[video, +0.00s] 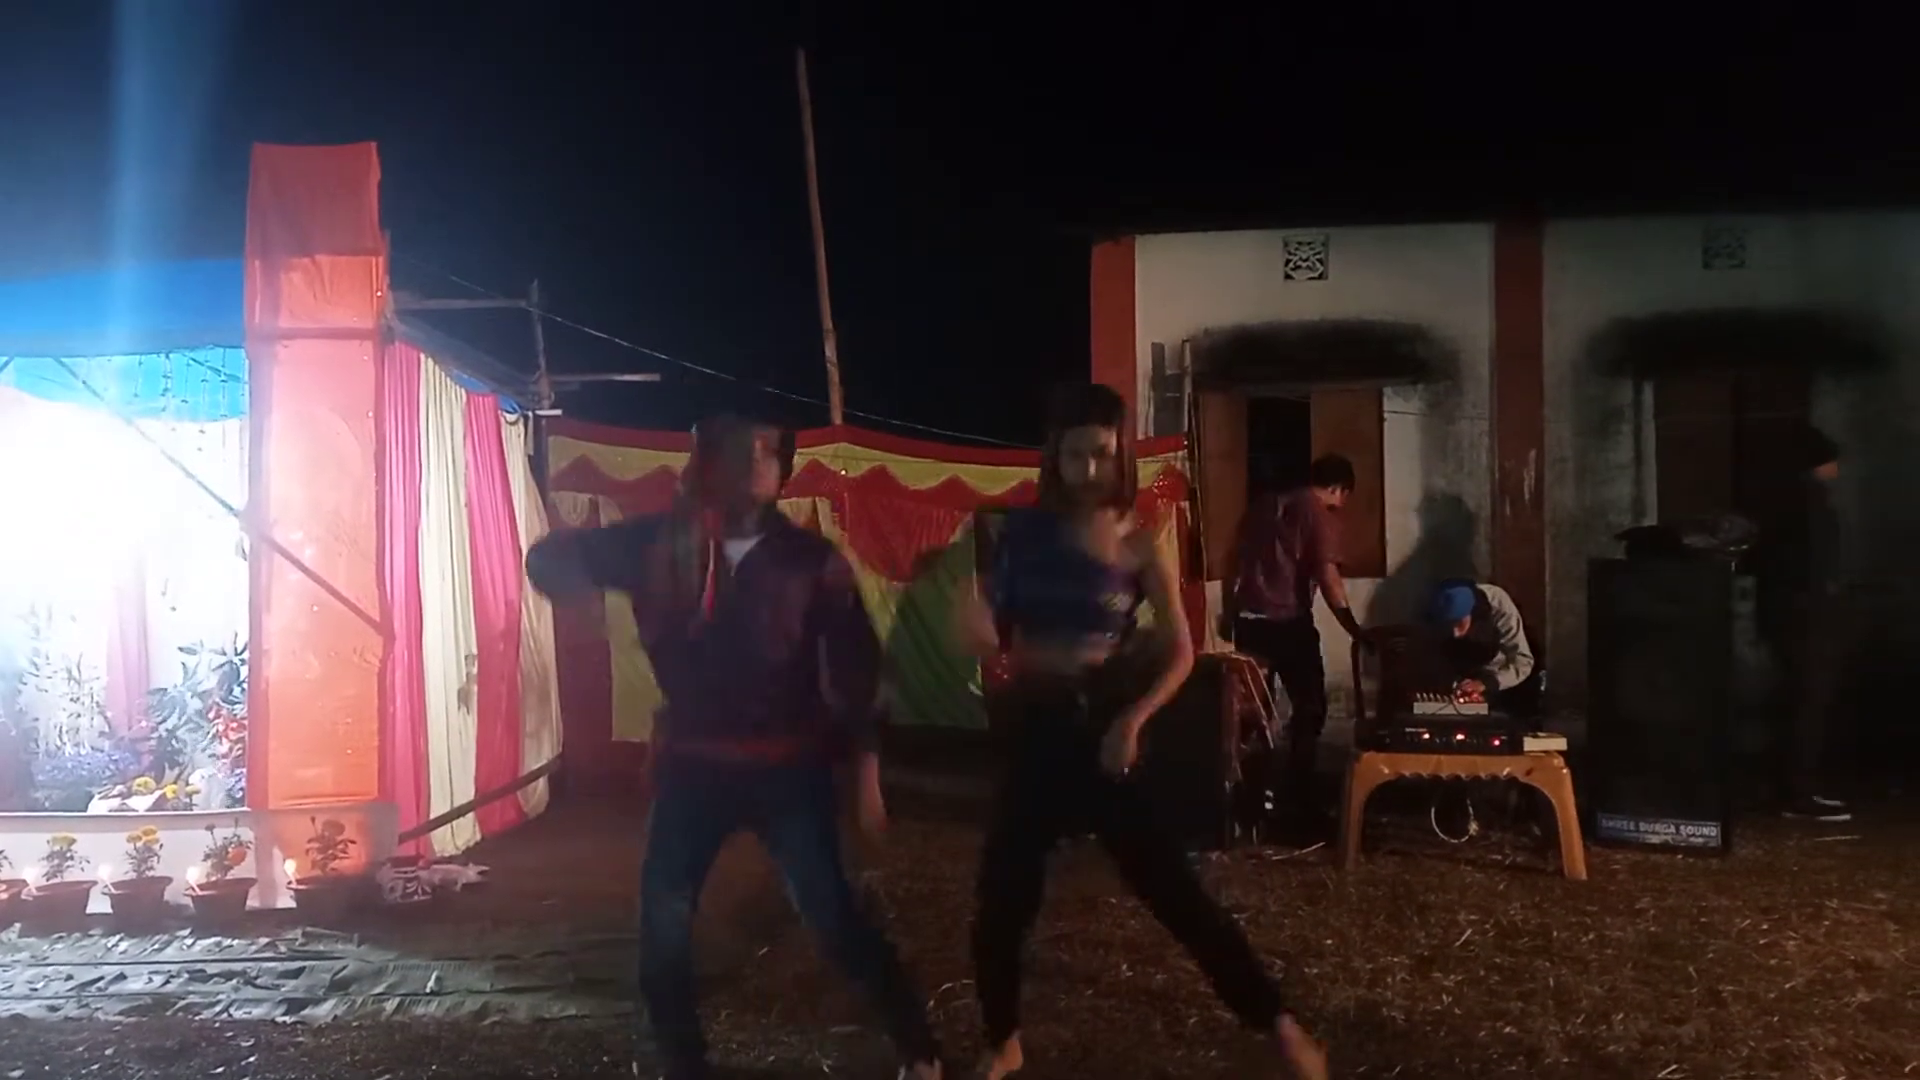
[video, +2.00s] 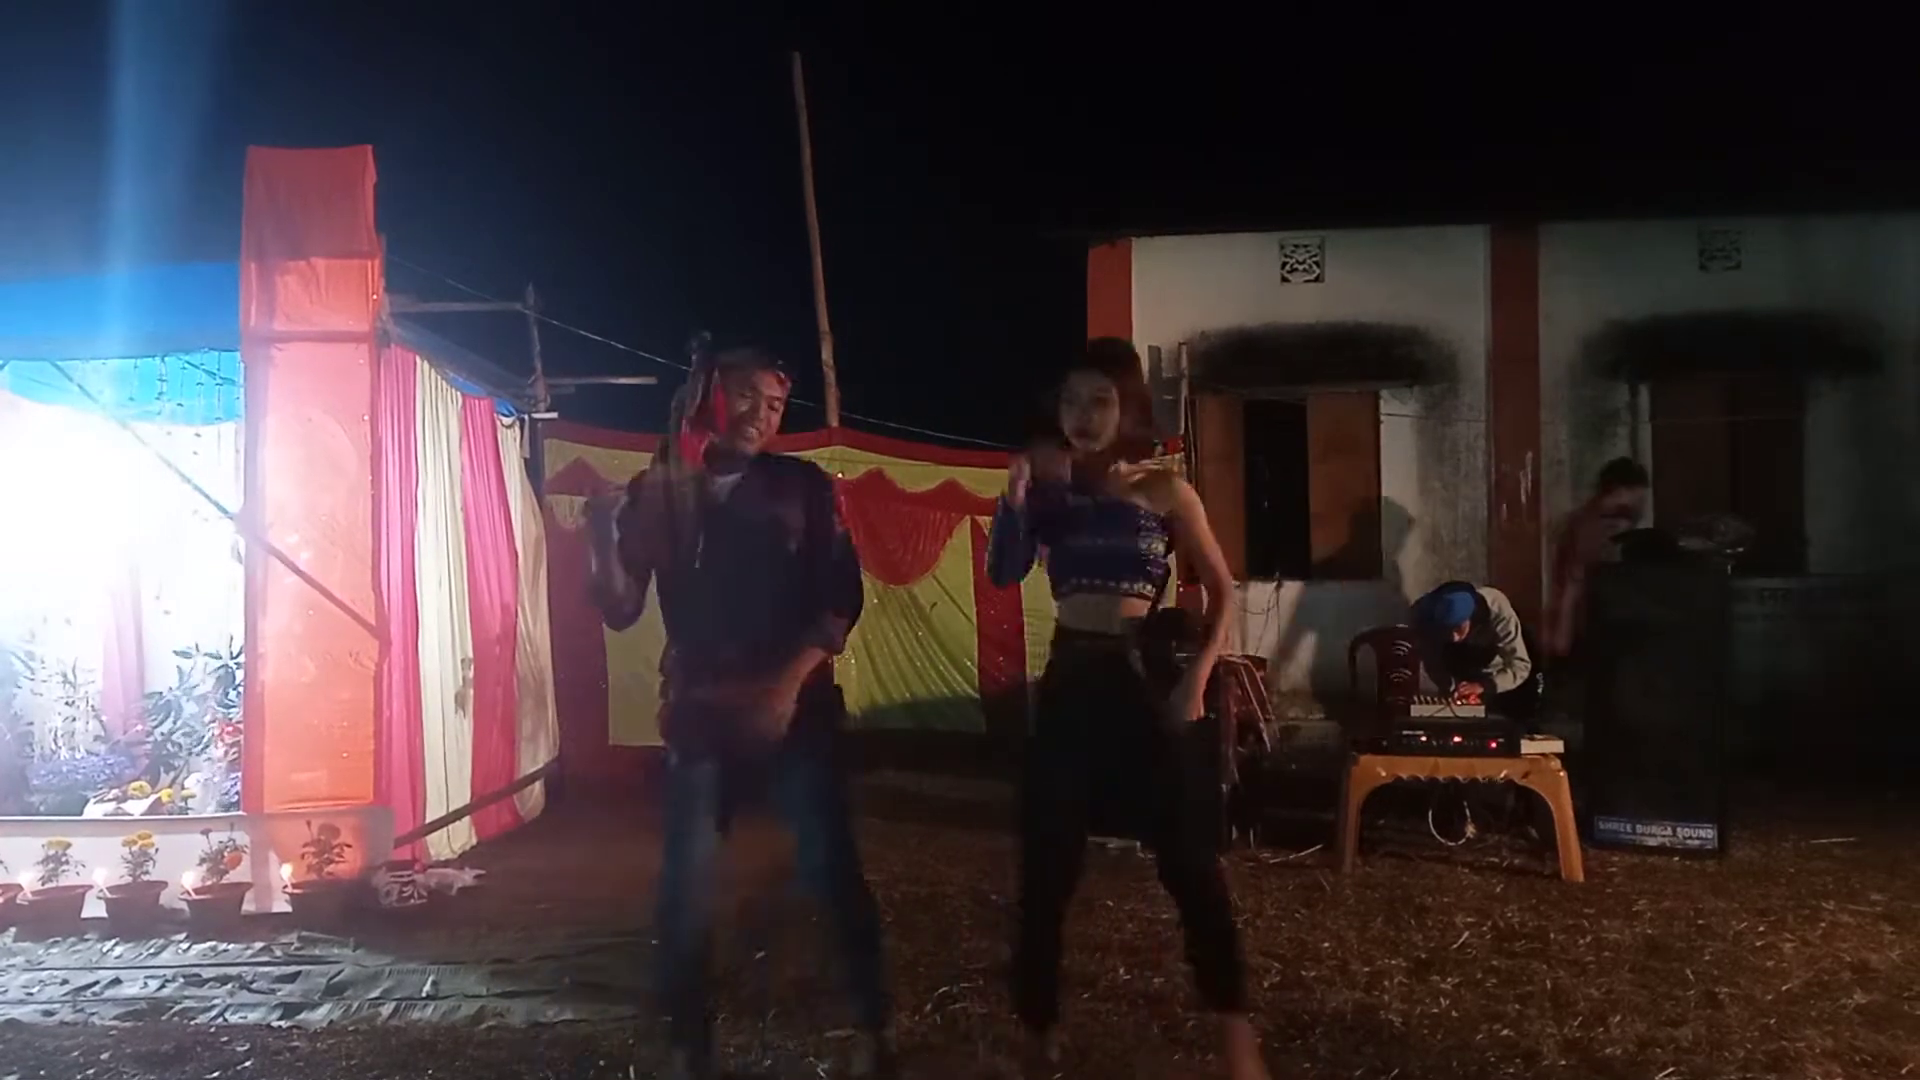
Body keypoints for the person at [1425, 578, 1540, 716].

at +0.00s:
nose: (1455, 634)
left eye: (1460, 624)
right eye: (1449, 626)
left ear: (1471, 613)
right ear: (1440, 620)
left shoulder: (1497, 604)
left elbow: (1523, 661)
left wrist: (1486, 683)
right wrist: (1457, 683)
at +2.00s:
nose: (1455, 638)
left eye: (1460, 630)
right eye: (1448, 633)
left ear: (1470, 618)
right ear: (1436, 624)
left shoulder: (1497, 608)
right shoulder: (1422, 614)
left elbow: (1520, 665)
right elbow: (1431, 662)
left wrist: (1484, 686)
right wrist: (1449, 687)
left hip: (1489, 647)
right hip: (1451, 650)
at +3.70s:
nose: (1456, 643)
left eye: (1461, 635)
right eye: (1450, 637)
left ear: (1472, 622)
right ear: (1438, 627)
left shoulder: (1496, 607)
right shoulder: (1421, 614)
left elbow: (1526, 666)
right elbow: (1433, 663)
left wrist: (1486, 681)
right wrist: (1456, 692)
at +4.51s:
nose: (1457, 644)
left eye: (1462, 636)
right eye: (1450, 637)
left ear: (1473, 622)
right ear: (1438, 627)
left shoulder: (1496, 607)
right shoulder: (1421, 614)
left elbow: (1525, 667)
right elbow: (1432, 662)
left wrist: (1486, 682)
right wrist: (1452, 689)